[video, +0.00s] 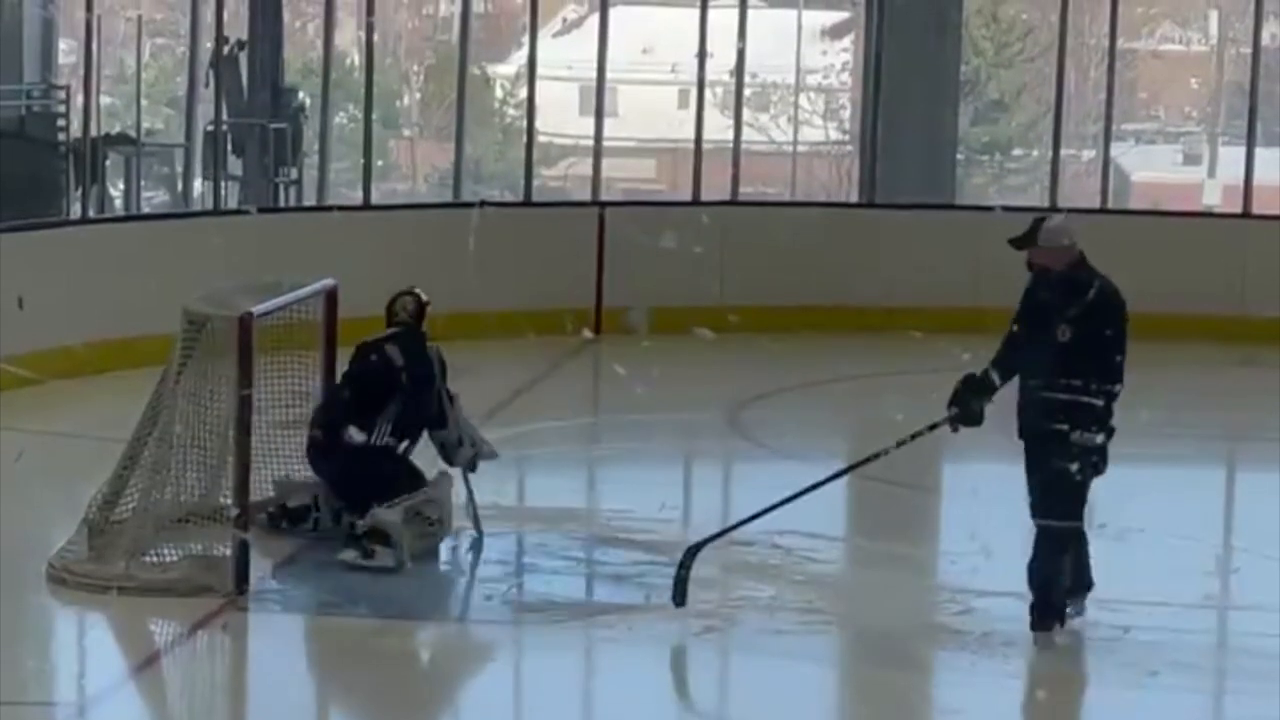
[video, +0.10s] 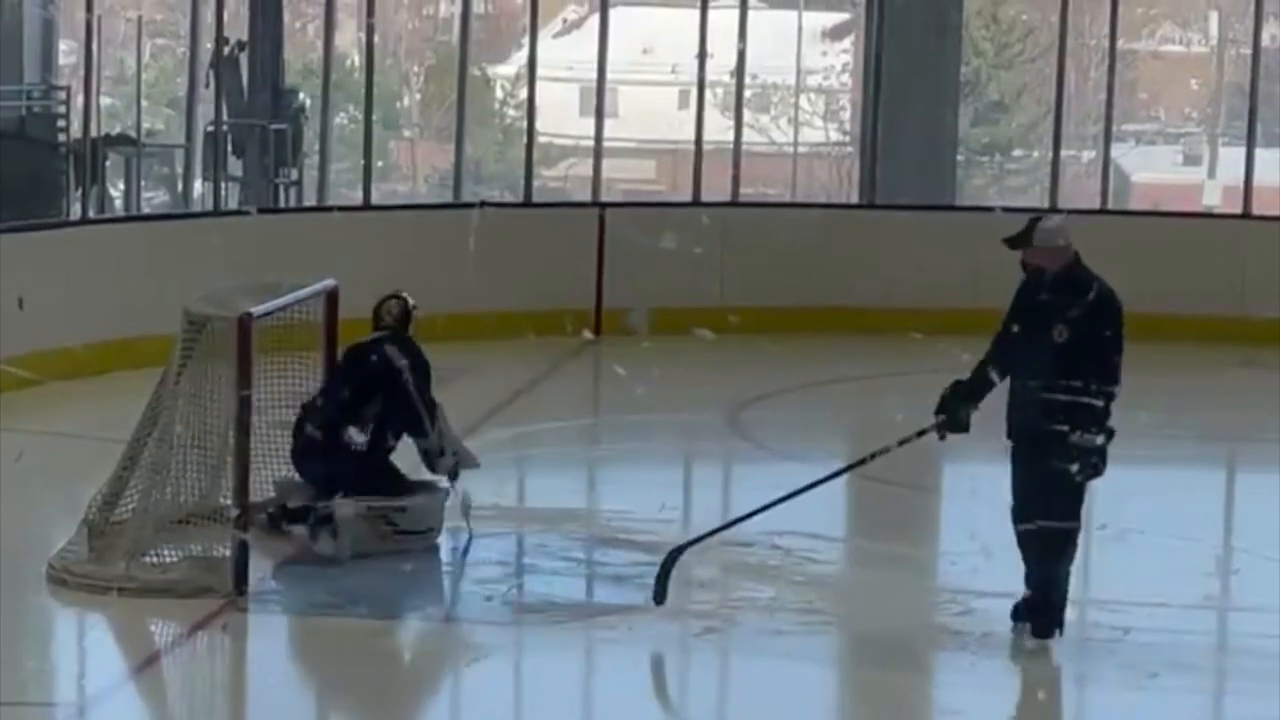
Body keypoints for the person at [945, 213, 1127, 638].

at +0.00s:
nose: (1030, 262)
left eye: (1036, 256)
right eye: (1029, 255)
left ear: (1060, 254)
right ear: (1044, 254)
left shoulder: (1102, 298)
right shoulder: (1040, 287)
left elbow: (1105, 376)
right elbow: (1017, 345)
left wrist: (1090, 437)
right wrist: (983, 386)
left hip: (1077, 425)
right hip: (1038, 422)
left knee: (1056, 519)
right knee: (1054, 511)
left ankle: (1046, 615)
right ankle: (1075, 586)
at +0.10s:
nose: (1025, 262)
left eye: (1031, 256)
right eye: (1024, 255)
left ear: (1055, 253)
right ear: (1035, 253)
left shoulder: (1097, 300)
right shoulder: (1033, 288)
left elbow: (1101, 378)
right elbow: (1003, 352)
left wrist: (1089, 438)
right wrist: (966, 395)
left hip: (1069, 433)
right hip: (1028, 428)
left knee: (1057, 521)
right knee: (1027, 517)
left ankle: (1048, 613)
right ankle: (1038, 594)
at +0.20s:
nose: (1017, 261)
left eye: (1024, 254)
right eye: (1017, 254)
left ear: (1049, 252)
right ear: (1032, 253)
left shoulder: (1094, 303)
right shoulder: (1026, 291)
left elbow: (1099, 380)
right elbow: (993, 352)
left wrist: (1088, 438)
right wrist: (956, 397)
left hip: (1063, 438)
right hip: (1018, 434)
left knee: (1054, 530)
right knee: (1013, 522)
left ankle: (1046, 624)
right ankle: (1015, 596)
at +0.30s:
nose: (1010, 264)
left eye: (1016, 256)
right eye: (1009, 256)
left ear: (1041, 256)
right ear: (1027, 255)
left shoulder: (1088, 305)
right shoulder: (1020, 293)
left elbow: (1093, 383)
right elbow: (987, 355)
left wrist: (1083, 441)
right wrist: (947, 395)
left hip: (1058, 440)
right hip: (1011, 435)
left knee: (1052, 535)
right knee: (1005, 527)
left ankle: (1045, 629)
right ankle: (1006, 601)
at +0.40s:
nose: (1003, 266)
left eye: (1010, 259)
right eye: (1003, 258)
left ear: (1034, 258)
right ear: (1021, 257)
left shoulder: (1083, 307)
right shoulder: (1013, 296)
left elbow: (1089, 385)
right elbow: (982, 357)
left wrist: (1080, 445)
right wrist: (943, 399)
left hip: (1054, 446)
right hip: (1006, 442)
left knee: (1048, 543)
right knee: (997, 536)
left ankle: (1044, 640)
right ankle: (992, 623)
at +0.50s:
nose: (999, 268)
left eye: (1006, 261)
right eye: (999, 261)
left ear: (1031, 259)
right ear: (1017, 259)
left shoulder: (1080, 309)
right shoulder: (1009, 299)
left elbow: (1084, 387)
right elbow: (979, 361)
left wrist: (1074, 447)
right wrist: (940, 404)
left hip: (1052, 449)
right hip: (1002, 445)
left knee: (1047, 547)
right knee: (993, 540)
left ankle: (1045, 642)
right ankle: (984, 628)